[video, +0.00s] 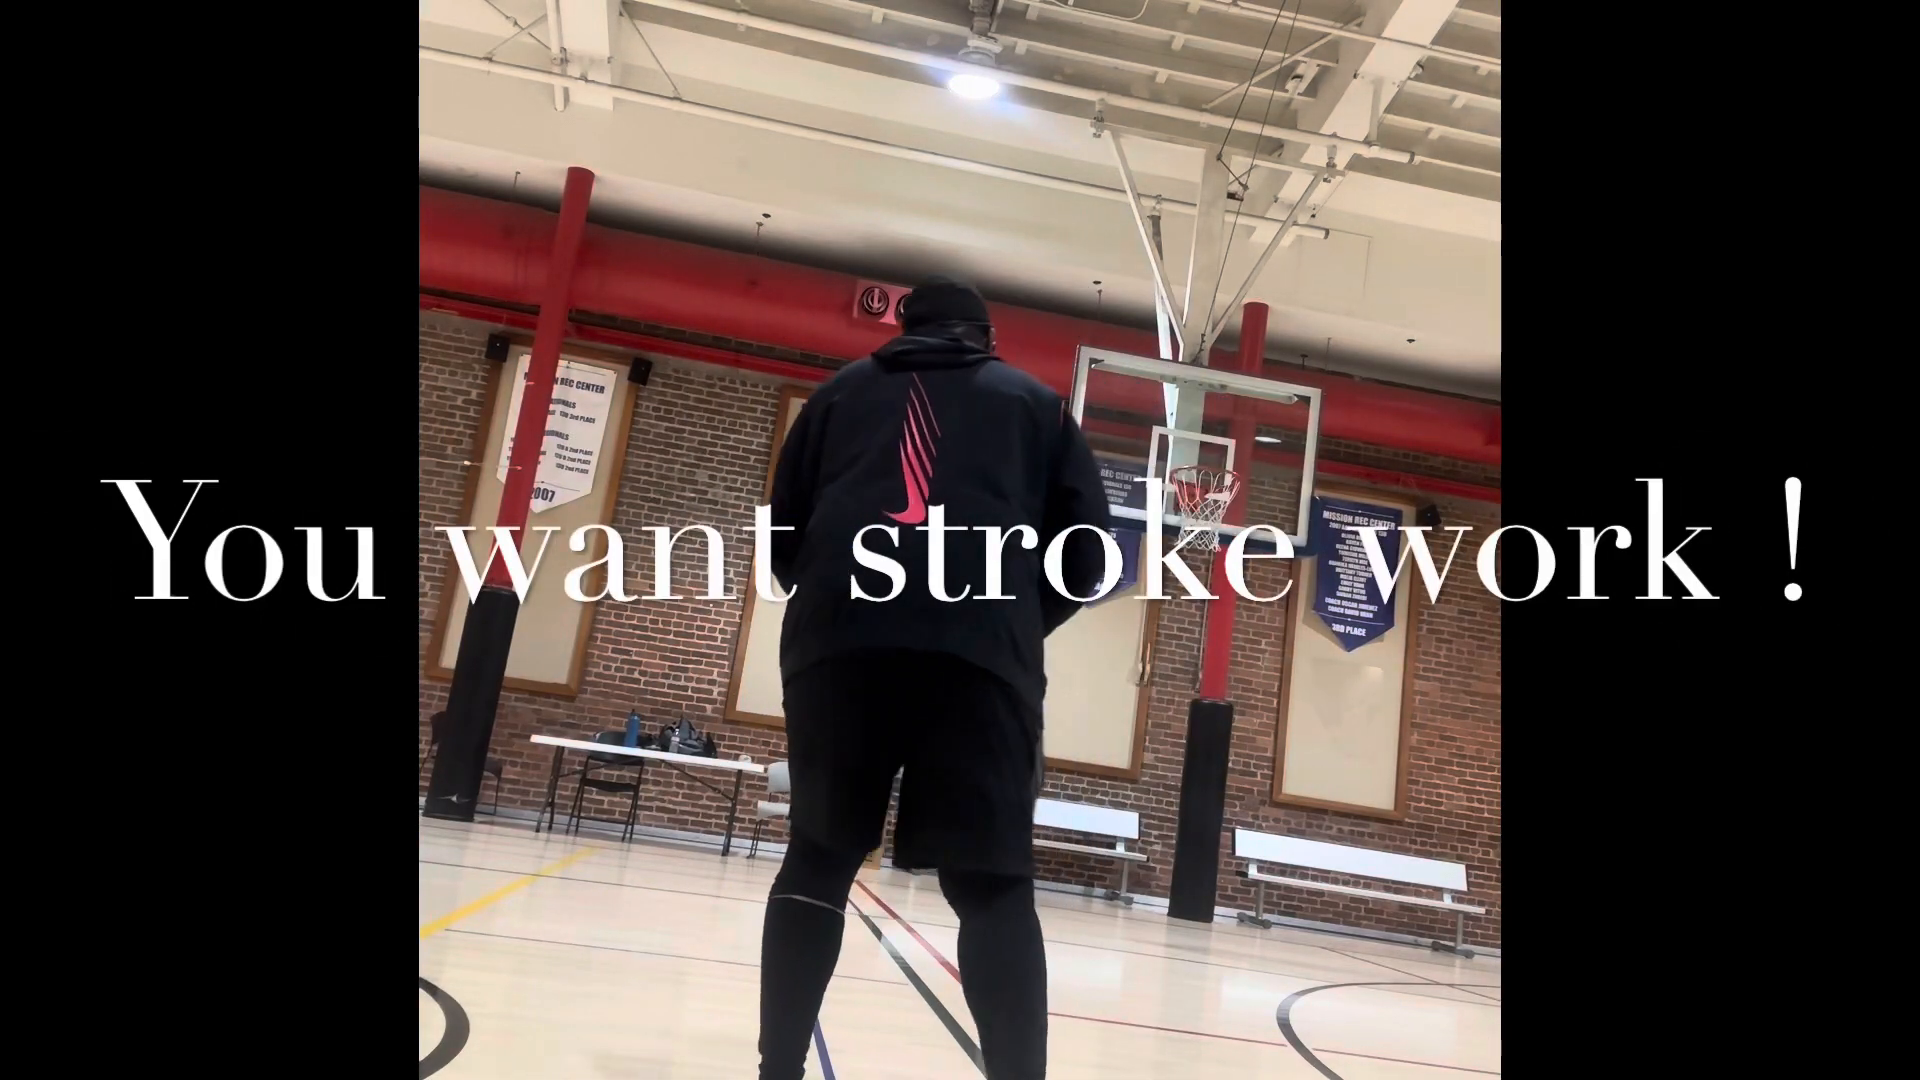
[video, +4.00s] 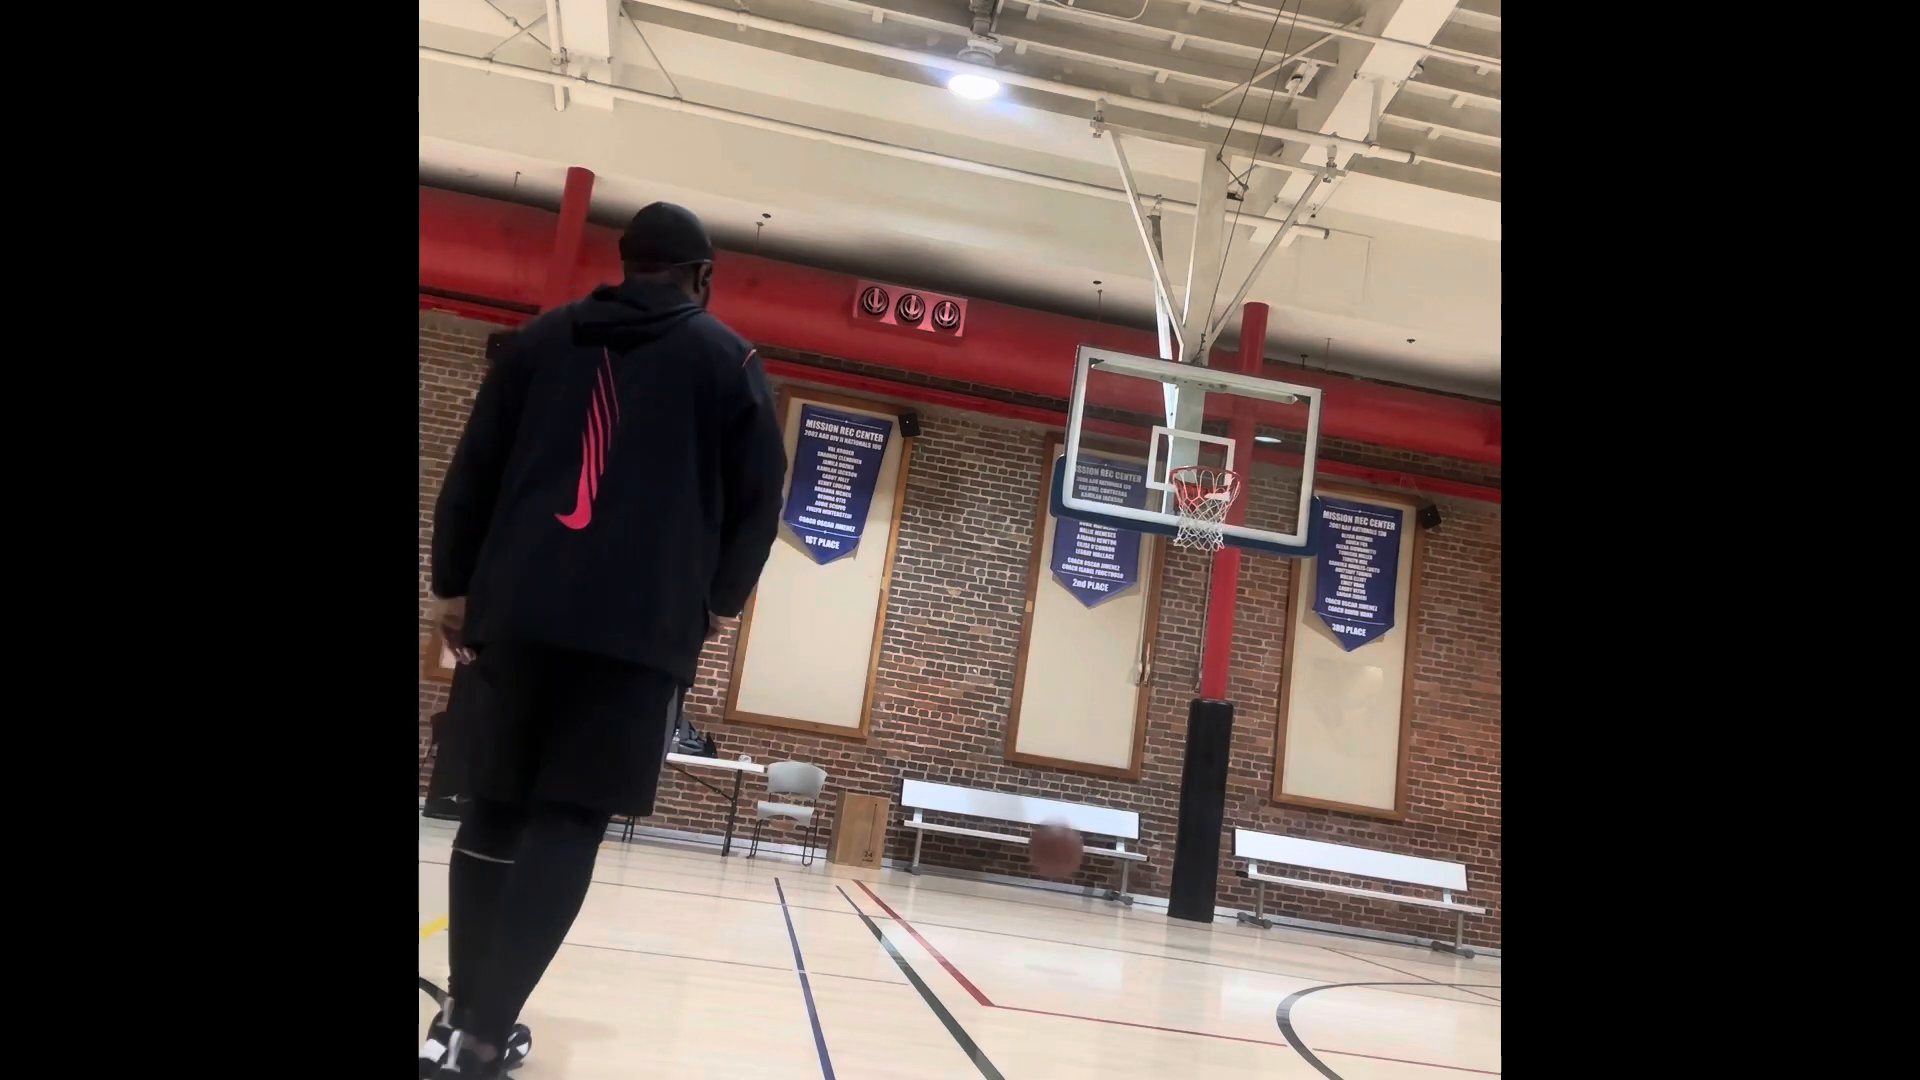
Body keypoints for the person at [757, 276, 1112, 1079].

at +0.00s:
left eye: (906, 315)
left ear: (904, 326)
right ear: (984, 334)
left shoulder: (838, 394)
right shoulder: (1036, 404)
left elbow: (785, 546)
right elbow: (1092, 552)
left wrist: (852, 596)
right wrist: (1014, 617)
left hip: (837, 659)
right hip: (983, 669)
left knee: (819, 853)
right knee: (995, 885)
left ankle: (779, 1065)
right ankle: (1018, 1072)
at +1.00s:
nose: (968, 216)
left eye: (963, 208)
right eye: (996, 206)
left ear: (957, 228)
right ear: (1033, 234)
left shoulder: (925, 282)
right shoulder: (1064, 304)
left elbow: (849, 210)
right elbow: (1076, 227)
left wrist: (845, 131)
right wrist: (1077, 139)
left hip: (912, 575)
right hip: (1021, 587)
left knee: (859, 773)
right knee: (989, 781)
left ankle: (825, 995)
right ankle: (1000, 1010)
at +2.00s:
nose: (944, 270)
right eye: (949, 257)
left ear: (863, 252)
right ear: (950, 260)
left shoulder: (798, 336)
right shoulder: (1002, 368)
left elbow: (691, 441)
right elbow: (1013, 518)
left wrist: (627, 517)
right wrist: (970, 578)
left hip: (792, 650)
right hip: (929, 666)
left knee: (796, 854)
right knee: (903, 861)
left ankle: (792, 1062)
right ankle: (834, 1053)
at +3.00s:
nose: (720, 164)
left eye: (717, 152)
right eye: (721, 150)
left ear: (609, 126)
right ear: (701, 142)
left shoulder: (501, 213)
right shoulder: (729, 236)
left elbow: (455, 374)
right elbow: (779, 418)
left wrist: (473, 505)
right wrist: (748, 571)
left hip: (470, 555)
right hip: (644, 571)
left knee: (442, 802)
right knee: (659, 800)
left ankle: (407, 1035)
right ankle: (597, 1055)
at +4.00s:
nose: (710, 289)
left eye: (703, 277)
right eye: (710, 277)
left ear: (625, 263)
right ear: (699, 274)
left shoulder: (541, 338)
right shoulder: (726, 361)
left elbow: (474, 468)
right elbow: (760, 493)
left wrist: (451, 591)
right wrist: (721, 598)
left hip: (515, 617)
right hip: (636, 638)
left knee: (491, 810)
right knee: (568, 824)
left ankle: (473, 1012)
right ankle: (480, 1035)